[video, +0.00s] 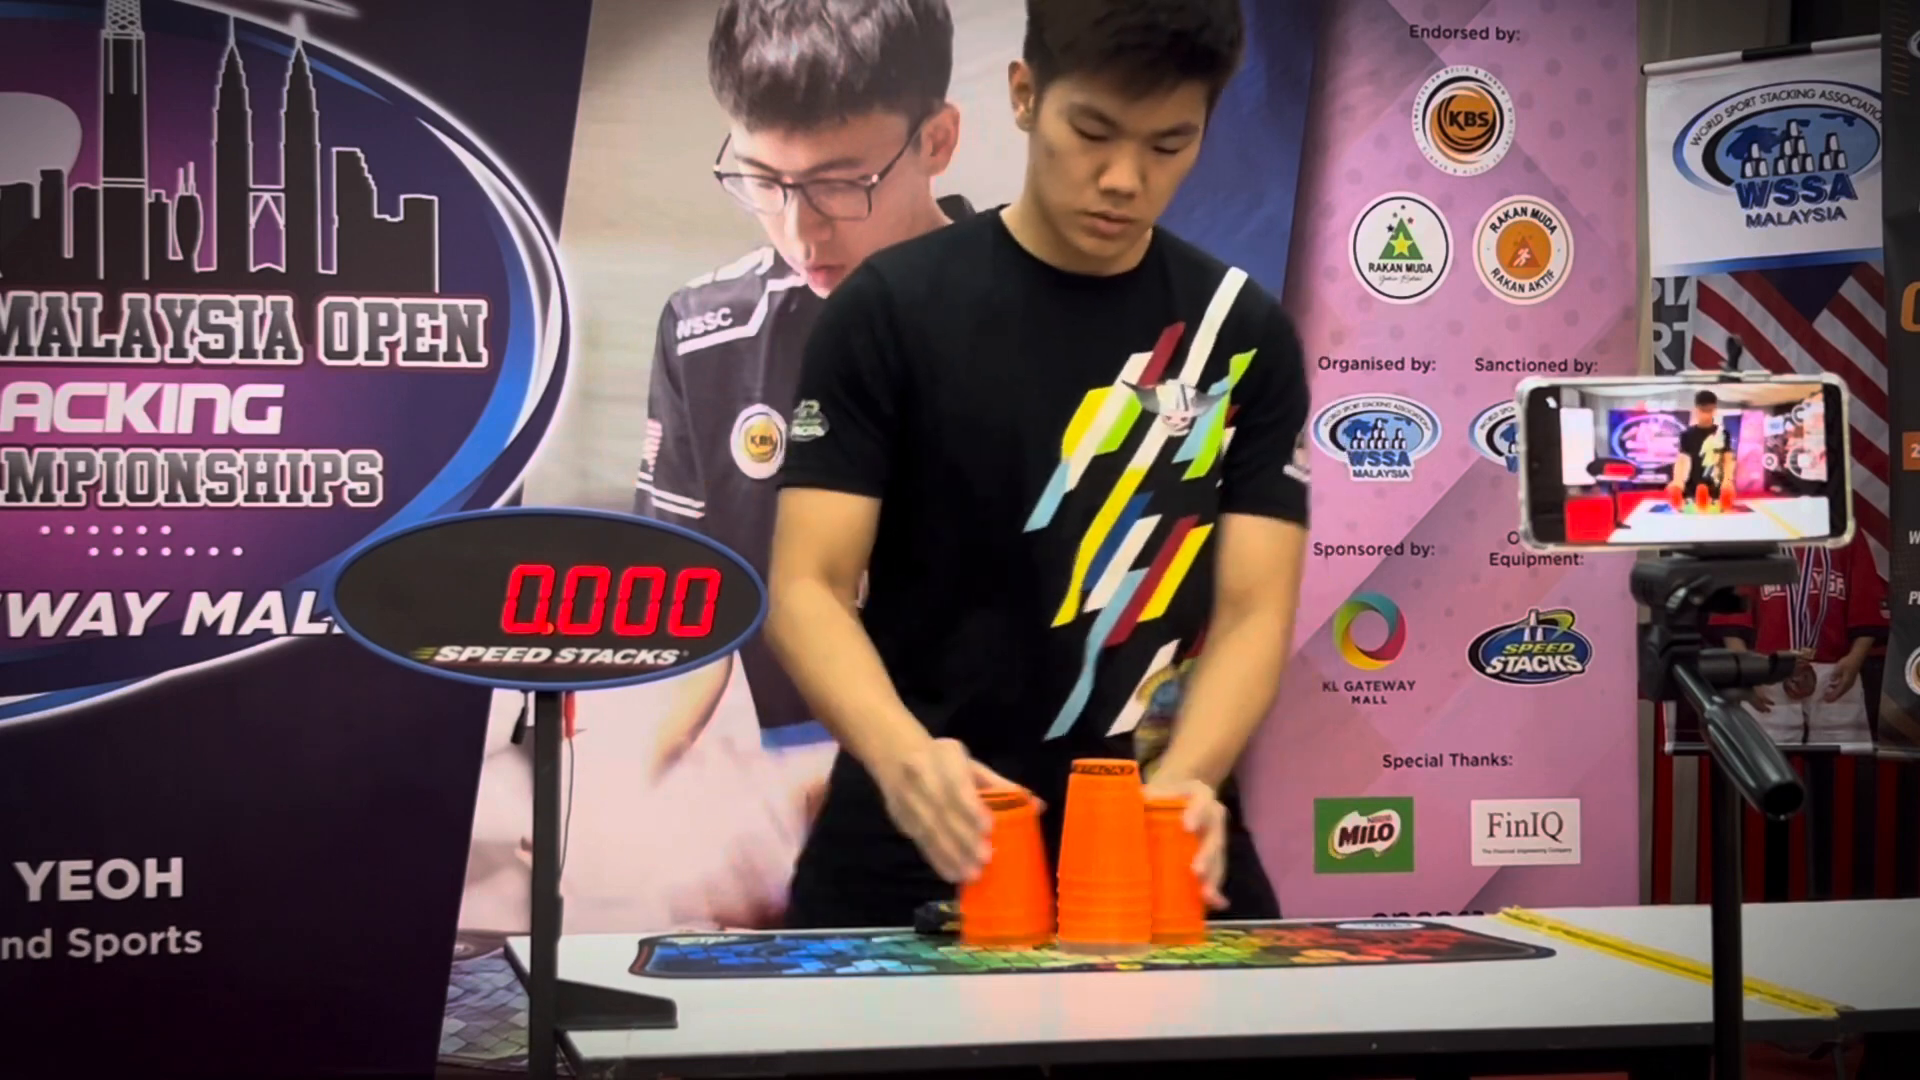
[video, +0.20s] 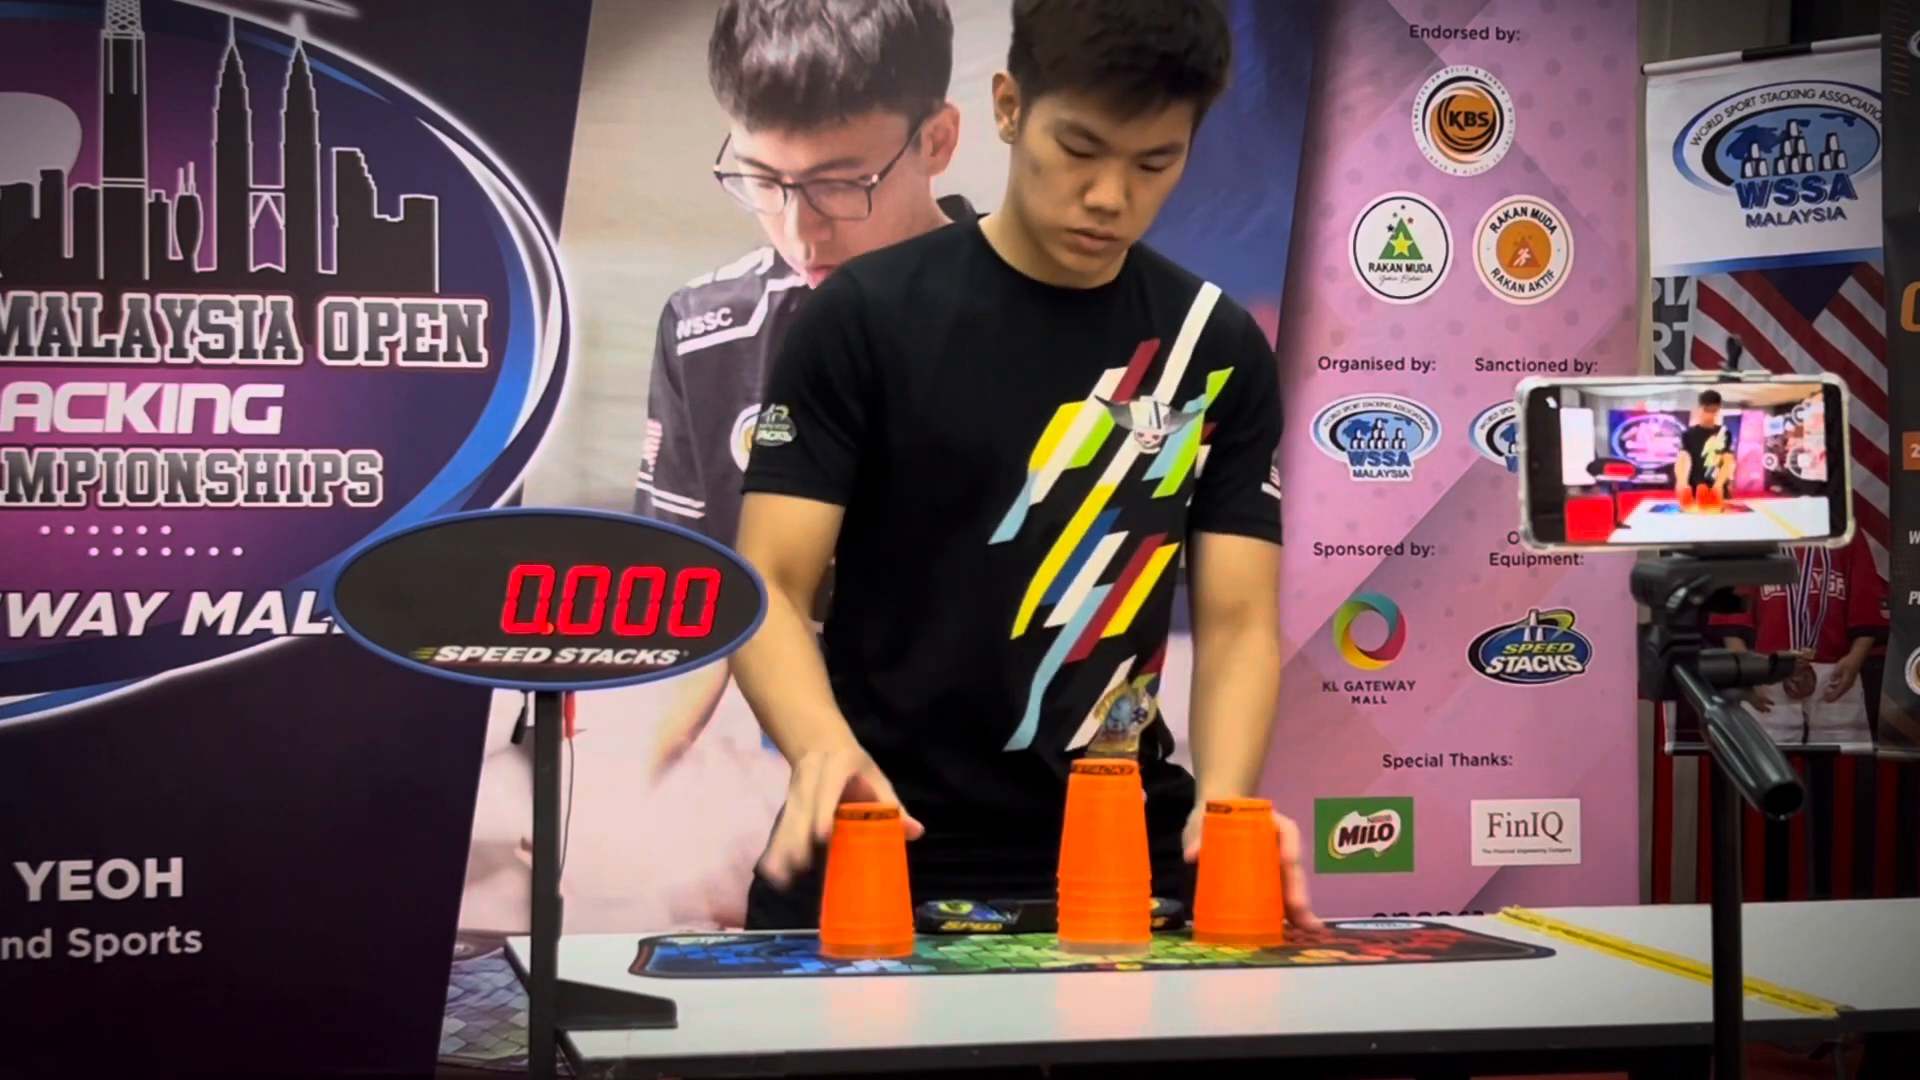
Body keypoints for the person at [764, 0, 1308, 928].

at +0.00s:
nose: (1124, 180)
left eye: (1166, 144)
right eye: (1091, 132)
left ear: (1203, 129)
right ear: (1023, 97)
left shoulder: (1245, 335)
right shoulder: (891, 306)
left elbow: (1255, 612)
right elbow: (806, 588)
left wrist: (1185, 776)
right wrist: (901, 756)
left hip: (1144, 860)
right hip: (907, 850)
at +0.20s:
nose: (1108, 197)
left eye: (1152, 162)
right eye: (1077, 148)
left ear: (1189, 146)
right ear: (1007, 109)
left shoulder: (1219, 351)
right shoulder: (859, 319)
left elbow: (1236, 621)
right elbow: (767, 588)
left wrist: (1223, 799)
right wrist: (821, 744)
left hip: (1112, 859)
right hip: (880, 858)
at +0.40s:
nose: (1123, 201)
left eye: (1168, 167)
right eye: (1094, 152)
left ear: (1204, 152)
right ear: (1021, 111)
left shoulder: (1229, 353)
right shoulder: (883, 323)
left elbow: (1238, 621)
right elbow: (838, 621)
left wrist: (1219, 786)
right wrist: (995, 751)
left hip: (1118, 869)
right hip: (882, 863)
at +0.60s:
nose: (1136, 206)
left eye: (1181, 172)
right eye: (1107, 154)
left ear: (1215, 159)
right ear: (1034, 113)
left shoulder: (1236, 353)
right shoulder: (890, 313)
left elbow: (1244, 622)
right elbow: (789, 599)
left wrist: (1218, 763)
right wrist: (937, 772)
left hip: (1135, 883)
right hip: (882, 880)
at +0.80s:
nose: (1134, 240)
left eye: (1179, 206)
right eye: (1104, 189)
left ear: (1214, 185)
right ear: (1031, 142)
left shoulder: (1224, 384)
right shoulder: (879, 340)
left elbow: (1246, 663)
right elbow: (744, 611)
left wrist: (1184, 847)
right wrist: (870, 840)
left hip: (1103, 911)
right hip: (871, 898)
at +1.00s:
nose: (1130, 259)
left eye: (1175, 225)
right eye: (1102, 208)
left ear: (1210, 202)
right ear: (1028, 163)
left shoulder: (1217, 400)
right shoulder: (878, 353)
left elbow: (1242, 673)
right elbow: (737, 620)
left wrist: (1180, 852)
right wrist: (872, 849)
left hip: (1090, 920)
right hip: (857, 905)